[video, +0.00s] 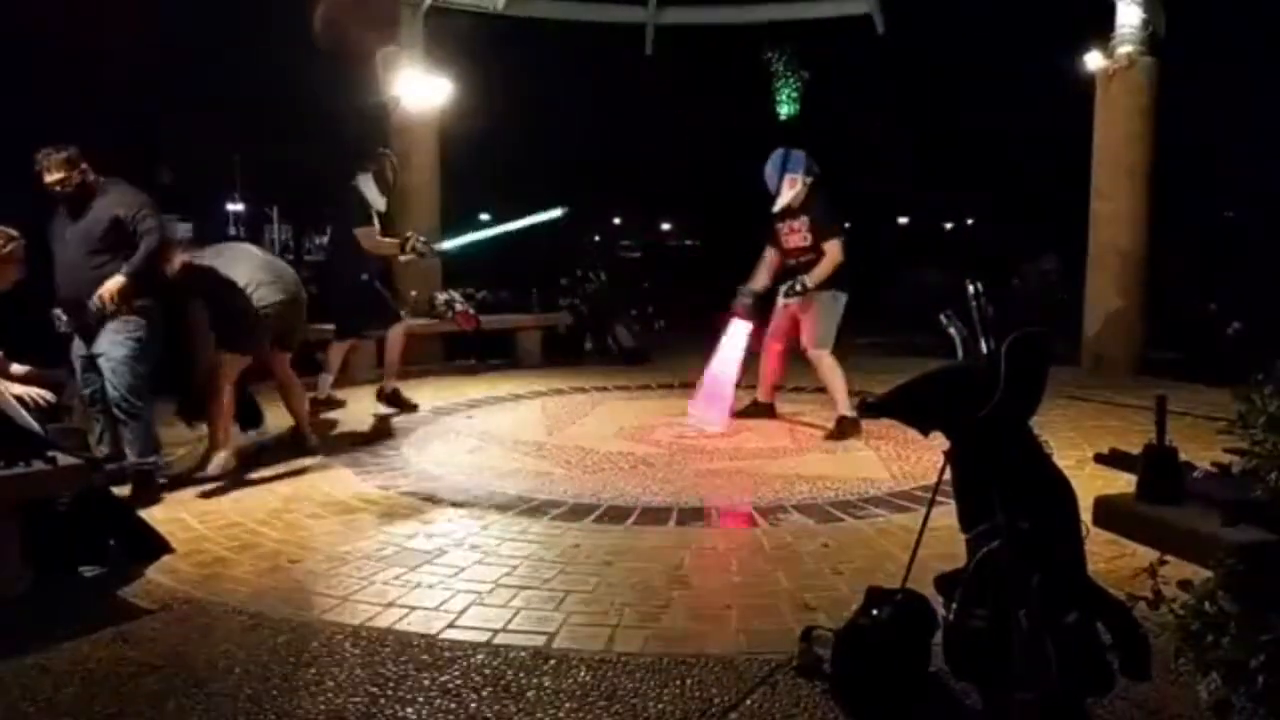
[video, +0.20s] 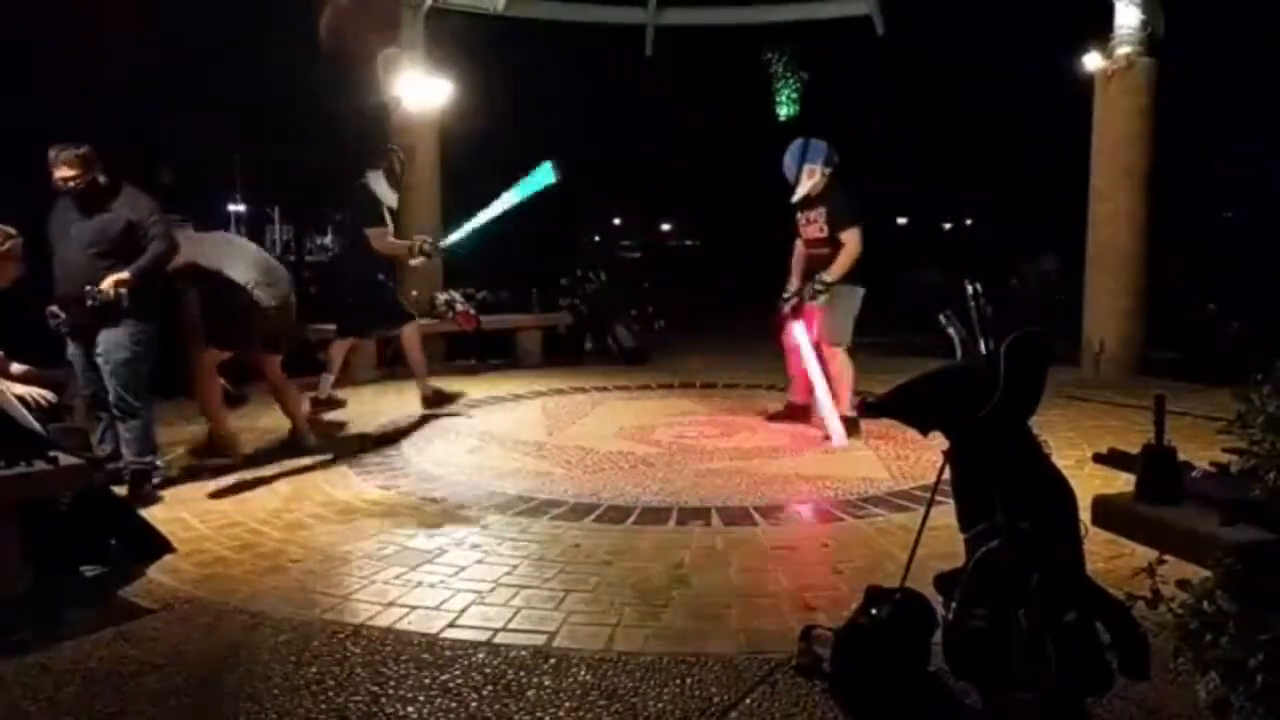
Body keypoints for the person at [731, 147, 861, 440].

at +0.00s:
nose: (784, 189)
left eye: (790, 182)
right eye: (781, 183)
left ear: (802, 180)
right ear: (776, 182)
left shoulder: (821, 208)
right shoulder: (778, 215)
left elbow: (835, 254)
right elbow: (770, 258)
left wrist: (805, 282)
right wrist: (751, 292)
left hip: (825, 286)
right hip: (790, 287)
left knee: (817, 348)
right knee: (773, 340)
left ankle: (847, 414)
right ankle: (763, 400)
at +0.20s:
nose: (805, 181)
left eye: (810, 173)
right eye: (801, 174)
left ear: (823, 171)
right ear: (795, 173)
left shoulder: (839, 200)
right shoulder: (800, 205)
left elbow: (853, 246)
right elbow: (800, 247)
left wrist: (824, 280)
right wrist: (793, 286)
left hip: (843, 280)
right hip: (810, 281)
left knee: (832, 345)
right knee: (795, 337)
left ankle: (845, 412)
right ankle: (798, 402)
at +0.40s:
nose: (813, 175)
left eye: (819, 168)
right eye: (811, 168)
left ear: (832, 168)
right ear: (808, 169)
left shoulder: (848, 198)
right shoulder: (812, 202)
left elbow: (869, 241)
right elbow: (811, 244)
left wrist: (854, 279)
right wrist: (801, 282)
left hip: (849, 285)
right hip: (820, 286)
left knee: (842, 345)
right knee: (807, 335)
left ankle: (849, 411)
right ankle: (826, 395)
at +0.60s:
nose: (825, 181)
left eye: (831, 174)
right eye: (822, 174)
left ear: (843, 173)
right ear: (816, 174)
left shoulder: (859, 203)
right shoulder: (820, 208)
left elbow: (885, 240)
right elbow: (815, 248)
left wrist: (886, 283)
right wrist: (802, 281)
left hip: (856, 285)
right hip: (829, 286)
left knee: (848, 344)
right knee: (826, 343)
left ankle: (849, 411)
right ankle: (843, 399)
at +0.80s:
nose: (836, 177)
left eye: (842, 171)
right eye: (833, 170)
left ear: (854, 172)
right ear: (826, 170)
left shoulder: (865, 199)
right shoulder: (830, 203)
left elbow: (888, 238)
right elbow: (831, 242)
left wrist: (872, 274)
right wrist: (818, 275)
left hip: (866, 280)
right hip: (842, 281)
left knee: (867, 338)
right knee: (840, 335)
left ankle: (884, 400)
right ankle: (847, 397)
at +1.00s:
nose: (843, 182)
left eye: (847, 175)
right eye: (840, 175)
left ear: (857, 173)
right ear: (836, 173)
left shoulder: (874, 198)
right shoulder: (842, 202)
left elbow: (880, 242)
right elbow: (848, 244)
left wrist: (841, 264)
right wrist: (835, 270)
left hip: (888, 283)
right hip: (855, 282)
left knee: (893, 344)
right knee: (844, 339)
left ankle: (924, 398)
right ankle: (848, 399)